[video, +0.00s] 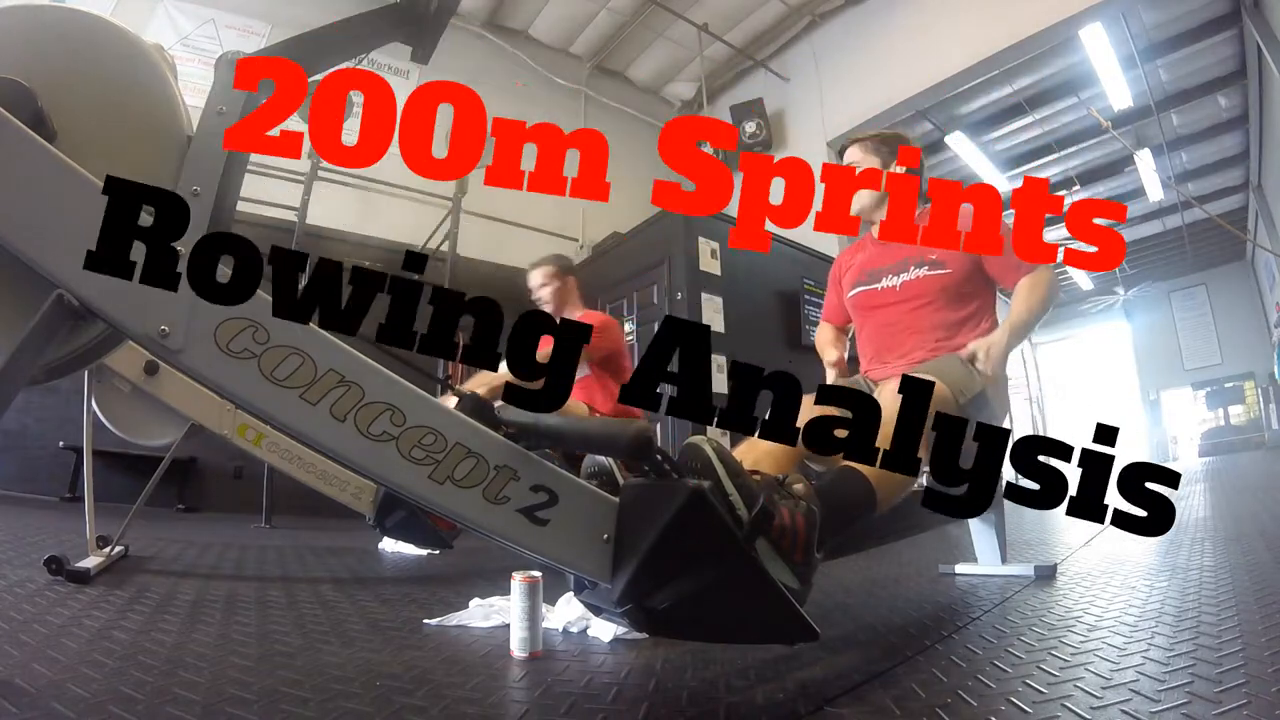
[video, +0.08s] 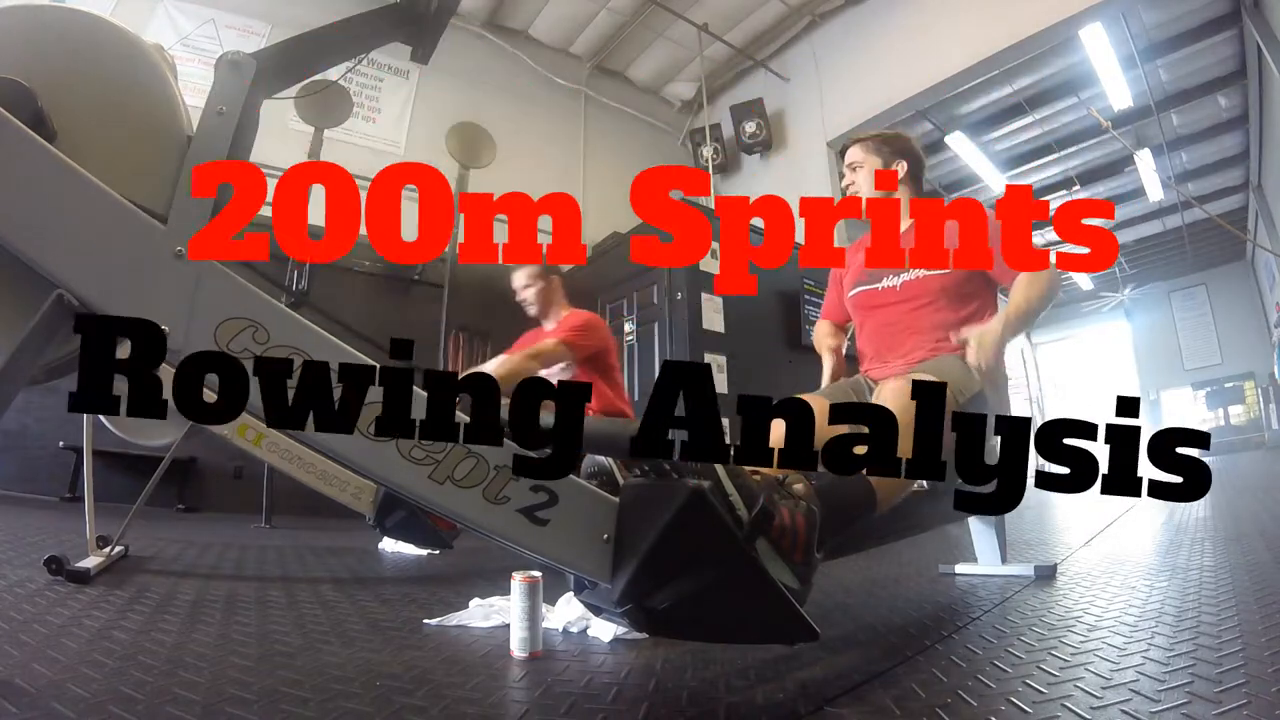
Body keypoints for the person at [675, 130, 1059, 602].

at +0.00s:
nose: (845, 181)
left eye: (856, 169)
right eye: (846, 171)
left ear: (896, 172)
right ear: (858, 180)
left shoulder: (960, 223)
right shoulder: (848, 261)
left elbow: (1038, 276)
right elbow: (830, 330)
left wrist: (1005, 337)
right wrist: (835, 357)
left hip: (956, 361)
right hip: (874, 386)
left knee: (910, 411)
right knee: (802, 419)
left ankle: (808, 506)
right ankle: (717, 494)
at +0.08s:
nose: (845, 183)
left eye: (855, 169)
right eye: (843, 175)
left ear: (897, 171)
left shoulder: (959, 223)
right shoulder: (850, 255)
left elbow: (1041, 274)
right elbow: (828, 329)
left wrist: (1000, 328)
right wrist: (833, 355)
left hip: (955, 362)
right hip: (872, 381)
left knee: (899, 397)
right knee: (786, 422)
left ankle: (813, 522)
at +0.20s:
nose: (848, 182)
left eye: (858, 168)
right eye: (847, 174)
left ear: (901, 170)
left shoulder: (961, 220)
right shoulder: (853, 253)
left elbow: (1043, 285)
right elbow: (832, 345)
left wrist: (984, 291)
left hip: (967, 374)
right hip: (875, 388)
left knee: (896, 396)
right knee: (790, 416)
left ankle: (819, 531)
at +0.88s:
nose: (838, 158)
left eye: (851, 145)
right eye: (829, 154)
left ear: (890, 152)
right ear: (827, 172)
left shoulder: (947, 206)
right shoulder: (828, 246)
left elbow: (1011, 284)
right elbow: (802, 328)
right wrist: (763, 335)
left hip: (960, 390)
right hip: (860, 394)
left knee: (896, 343)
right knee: (757, 382)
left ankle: (813, 508)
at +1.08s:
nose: (821, 159)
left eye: (833, 144)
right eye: (812, 155)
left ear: (873, 148)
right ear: (810, 169)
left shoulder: (938, 203)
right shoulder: (817, 245)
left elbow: (1005, 280)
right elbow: (796, 333)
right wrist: (733, 368)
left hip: (948, 383)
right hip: (847, 389)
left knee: (887, 327)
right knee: (741, 371)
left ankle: (809, 509)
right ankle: (714, 524)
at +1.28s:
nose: (813, 175)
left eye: (823, 158)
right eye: (801, 167)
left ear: (858, 154)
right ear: (794, 177)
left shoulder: (927, 212)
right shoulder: (803, 255)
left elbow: (990, 306)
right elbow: (790, 350)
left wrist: (1011, 415)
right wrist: (744, 400)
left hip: (948, 393)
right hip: (846, 398)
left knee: (874, 322)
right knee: (734, 365)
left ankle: (804, 508)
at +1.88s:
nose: (815, 193)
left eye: (824, 175)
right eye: (801, 185)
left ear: (855, 163)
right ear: (792, 191)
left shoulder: (927, 221)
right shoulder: (799, 258)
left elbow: (989, 309)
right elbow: (802, 350)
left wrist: (996, 414)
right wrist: (818, 414)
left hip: (945, 392)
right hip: (845, 399)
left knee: (888, 335)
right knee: (736, 377)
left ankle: (809, 505)